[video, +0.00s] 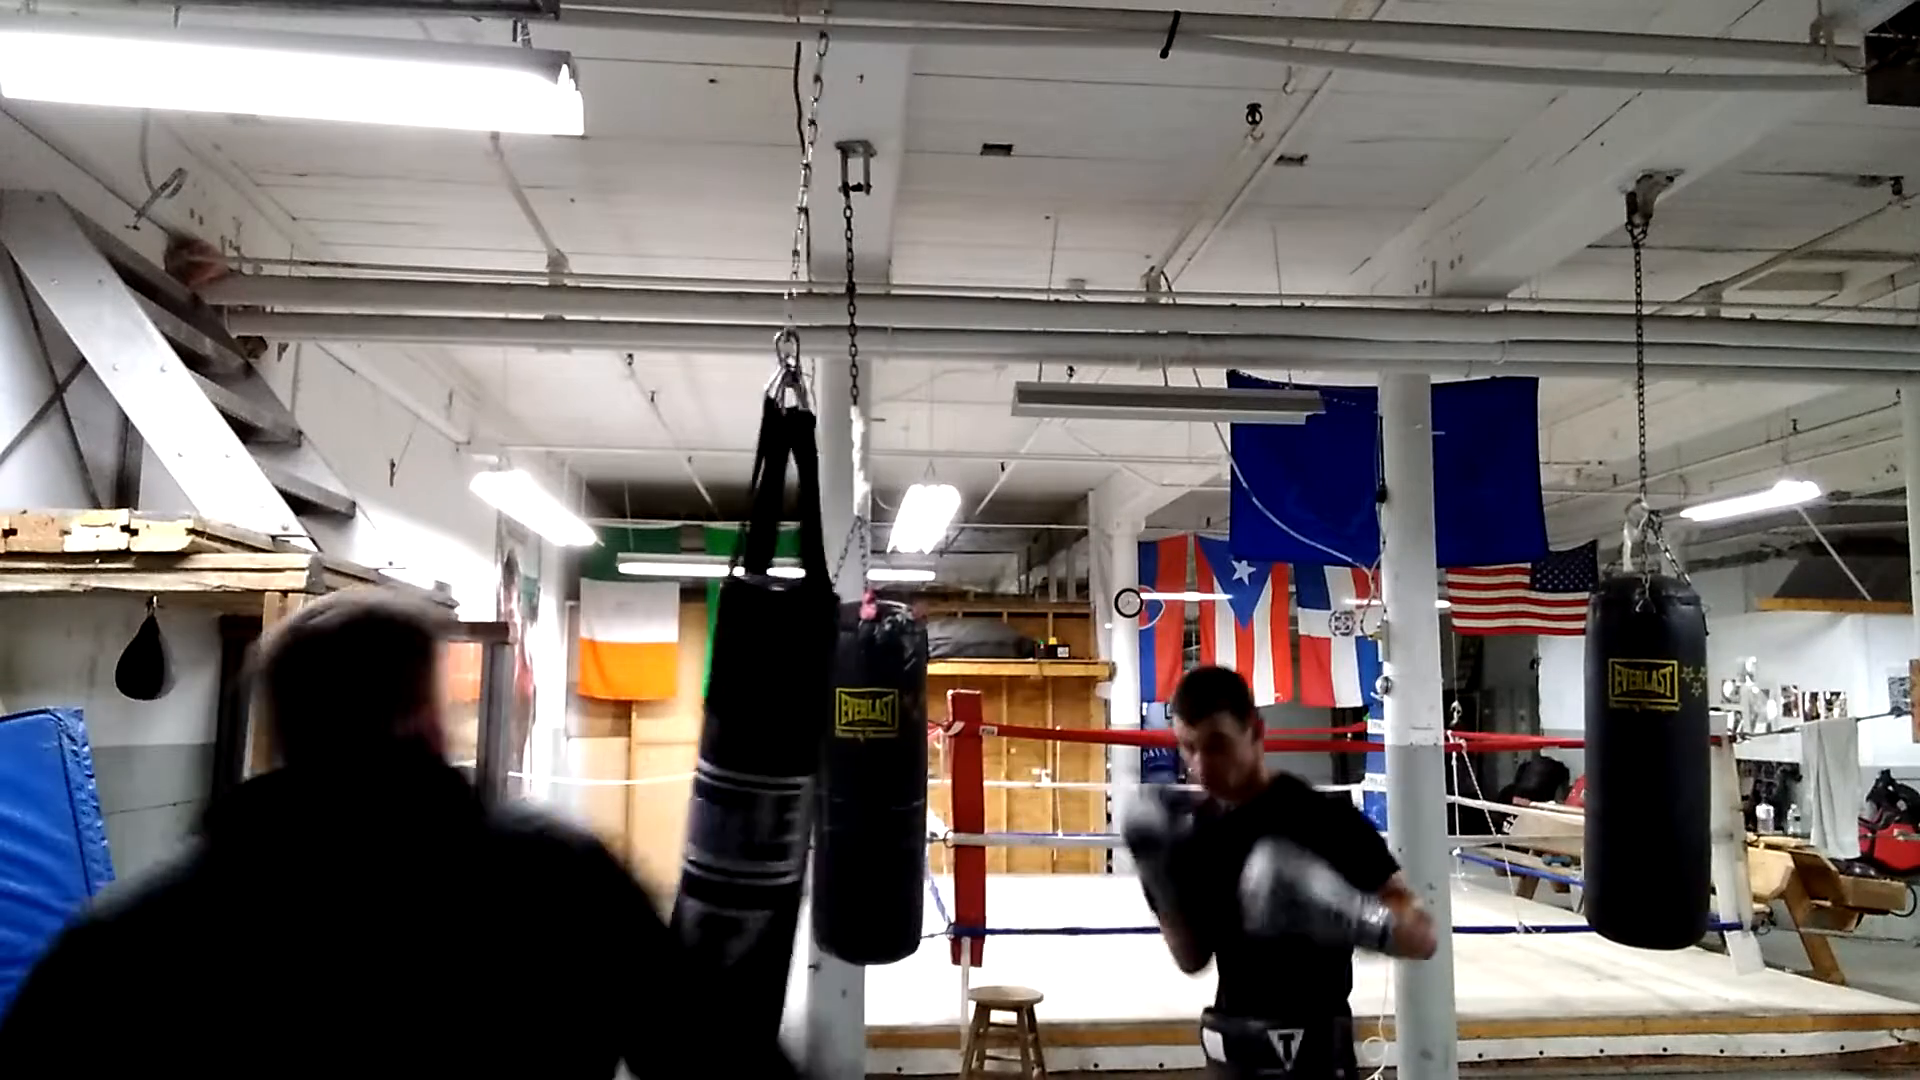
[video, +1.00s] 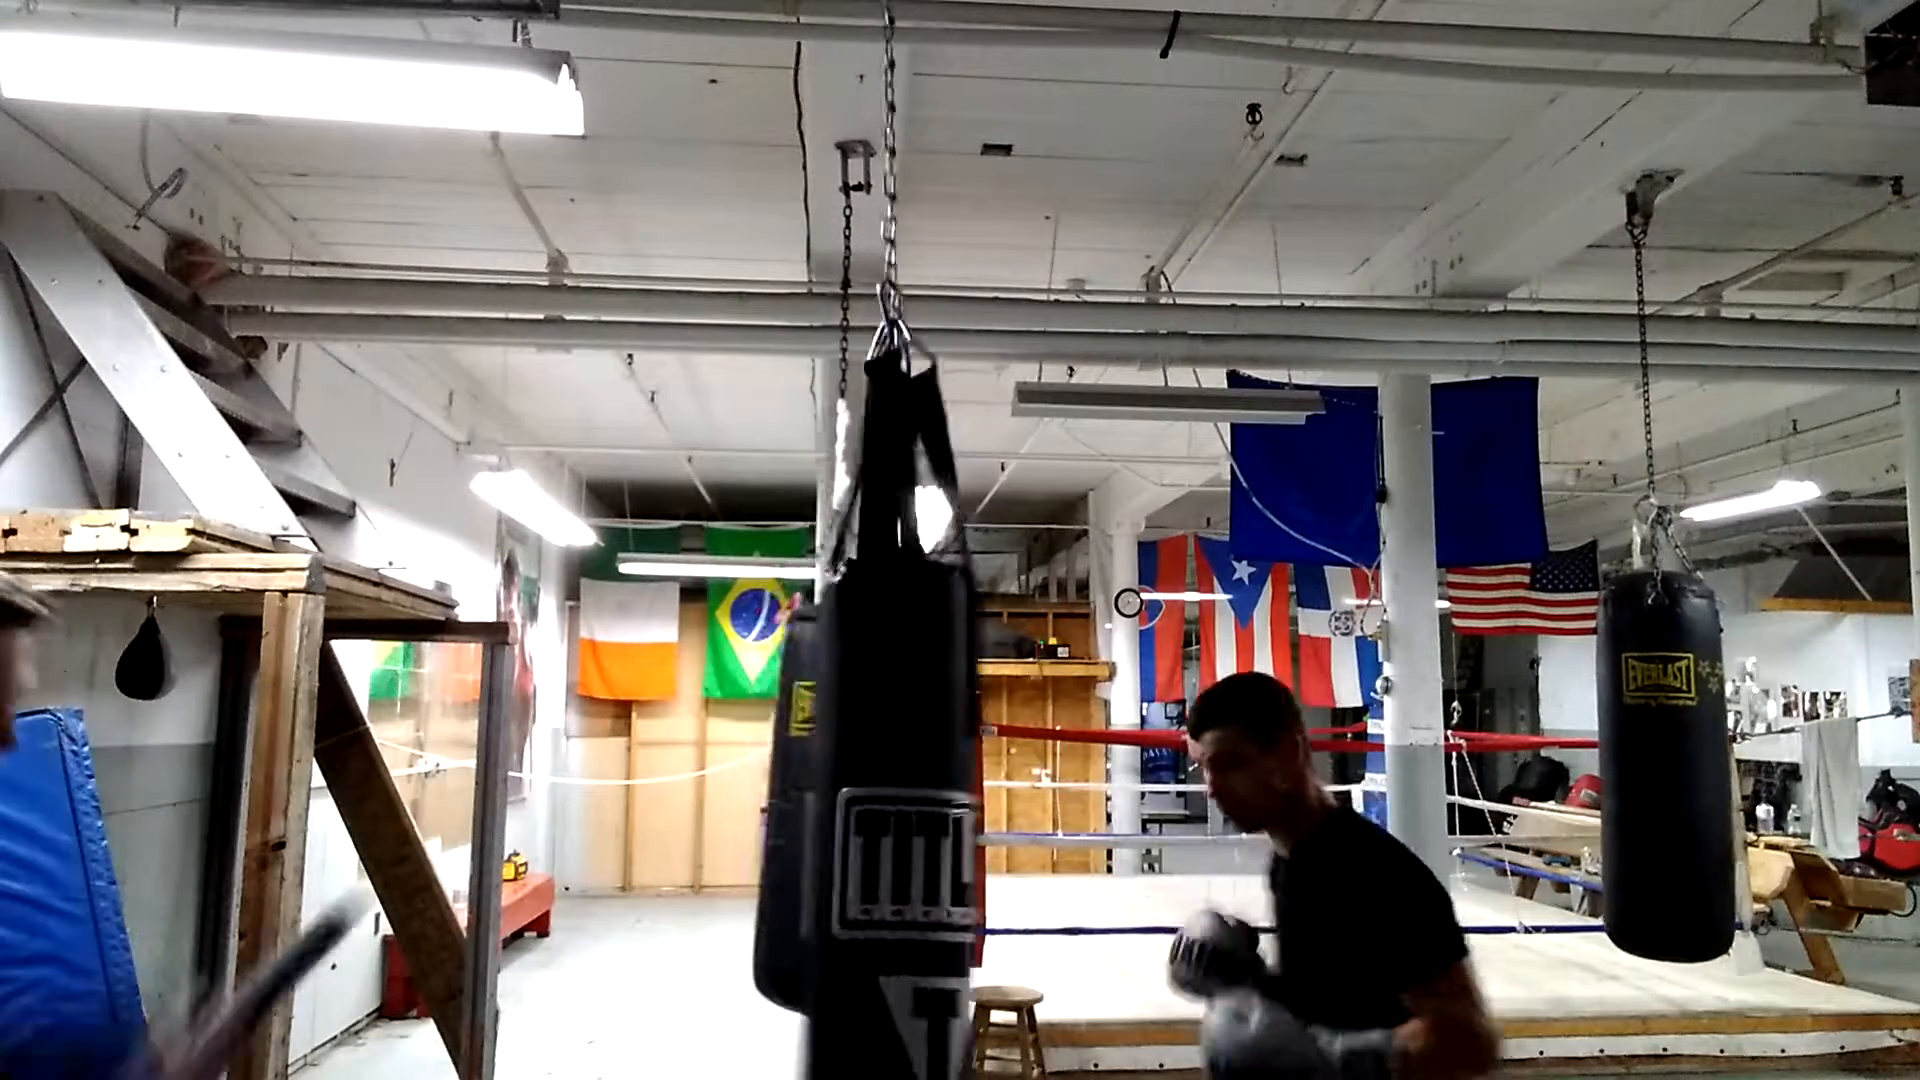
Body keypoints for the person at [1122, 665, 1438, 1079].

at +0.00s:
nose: (1201, 765)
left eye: (1216, 745)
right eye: (1189, 749)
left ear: (1256, 731)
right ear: (1178, 746)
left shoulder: (1326, 818)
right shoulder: (1199, 831)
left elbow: (1421, 937)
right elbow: (1192, 958)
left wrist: (1334, 903)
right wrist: (1155, 865)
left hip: (1317, 1043)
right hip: (1235, 1043)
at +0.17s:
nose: (1212, 769)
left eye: (1229, 749)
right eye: (1202, 751)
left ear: (1271, 740)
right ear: (1192, 748)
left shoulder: (1333, 829)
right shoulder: (1210, 837)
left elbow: (1412, 972)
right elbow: (1161, 954)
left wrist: (1325, 880)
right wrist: (1137, 860)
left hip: (1324, 1055)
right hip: (1239, 1053)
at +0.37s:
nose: (1193, 783)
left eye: (1213, 765)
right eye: (1184, 765)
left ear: (1258, 756)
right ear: (1175, 762)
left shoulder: (1330, 872)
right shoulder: (1205, 842)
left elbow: (1363, 1016)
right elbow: (1234, 945)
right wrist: (1178, 944)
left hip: (1318, 1079)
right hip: (1243, 1072)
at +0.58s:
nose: (1168, 781)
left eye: (1184, 761)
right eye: (1159, 763)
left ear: (1235, 751)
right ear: (1152, 759)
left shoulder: (1305, 857)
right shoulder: (1211, 838)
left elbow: (1367, 1026)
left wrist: (1221, 982)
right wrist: (1145, 897)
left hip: (1307, 1074)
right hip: (1232, 1060)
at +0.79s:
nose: (1192, 737)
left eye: (1212, 715)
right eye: (1183, 719)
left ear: (1266, 704)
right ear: (1178, 715)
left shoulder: (1349, 814)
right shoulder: (1223, 810)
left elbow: (1430, 979)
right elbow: (1196, 947)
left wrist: (1291, 923)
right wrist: (1167, 864)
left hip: (1346, 1058)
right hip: (1267, 1050)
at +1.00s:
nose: (1212, 788)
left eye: (1226, 765)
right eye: (1204, 770)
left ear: (1291, 756)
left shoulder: (1383, 871)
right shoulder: (1292, 860)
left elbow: (1467, 1041)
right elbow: (1329, 1005)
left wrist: (1331, 1052)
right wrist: (1249, 976)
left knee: (1235, 1032)